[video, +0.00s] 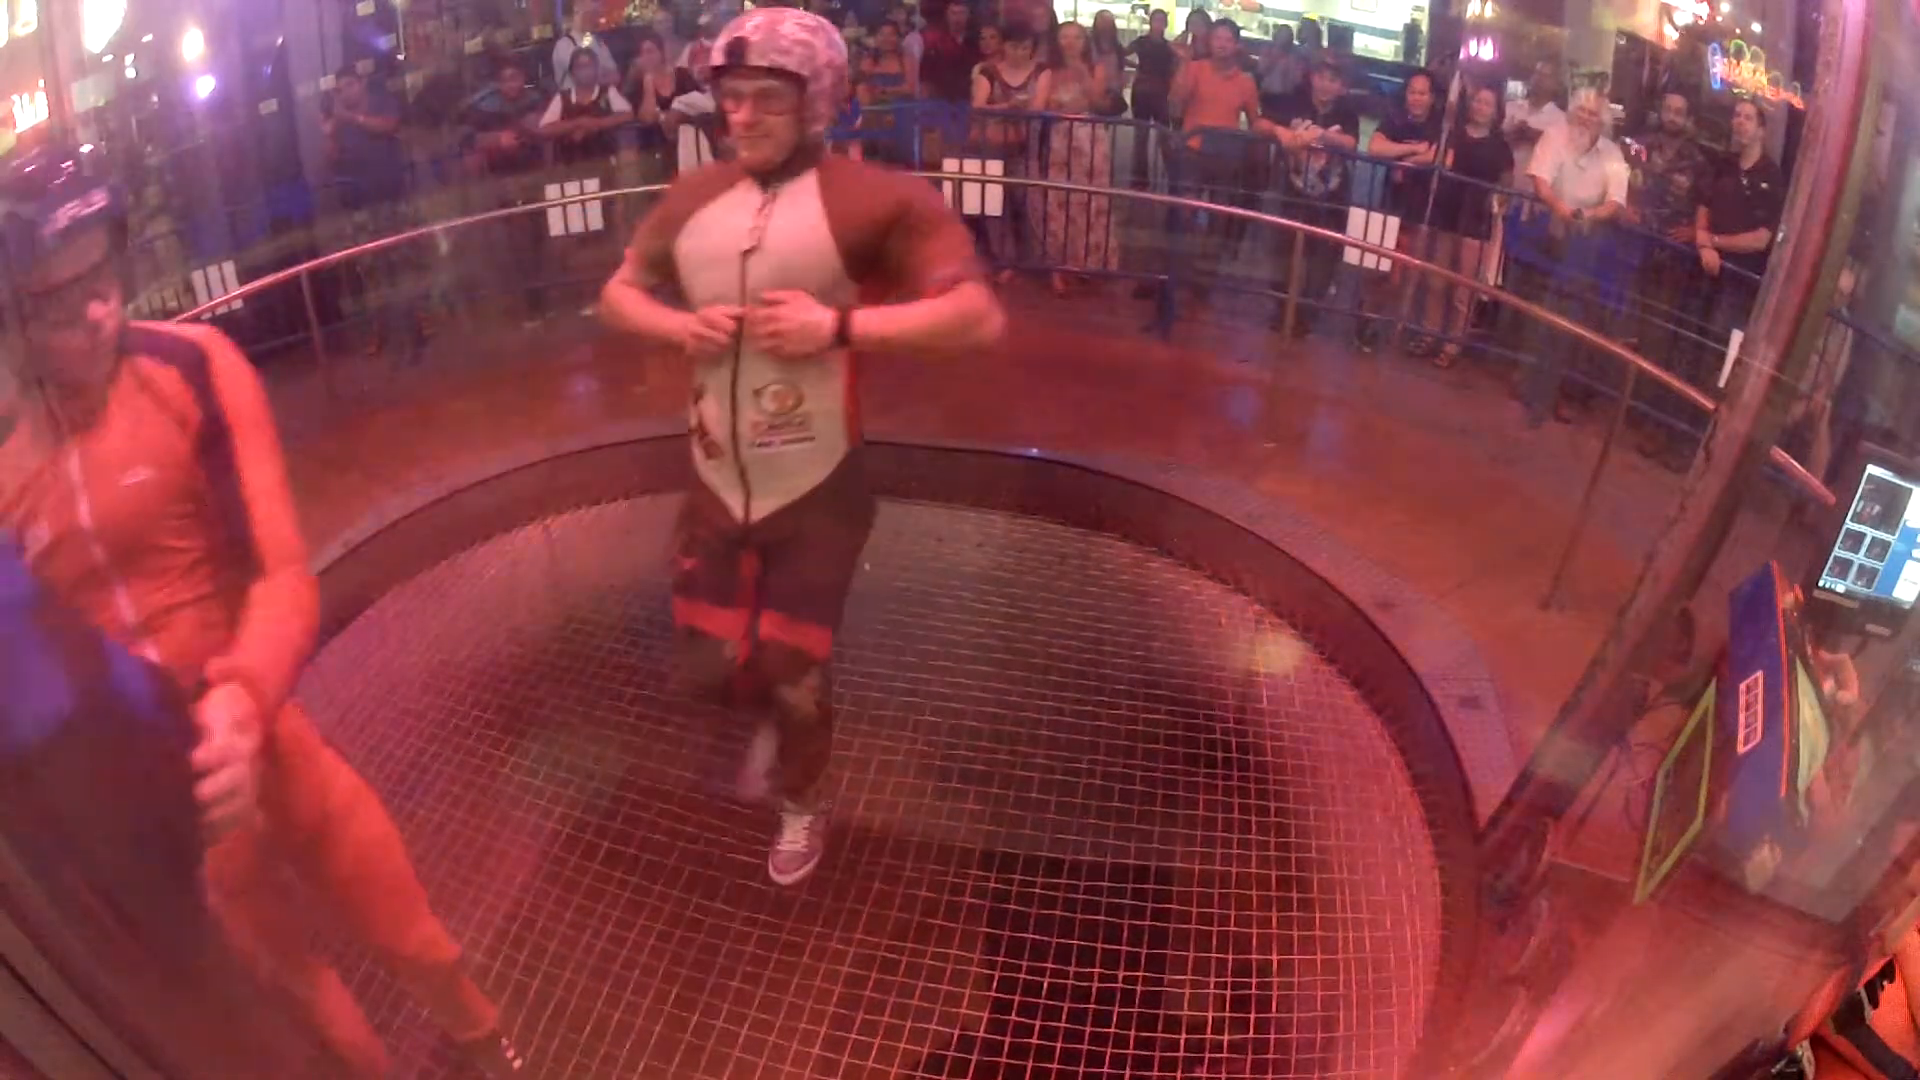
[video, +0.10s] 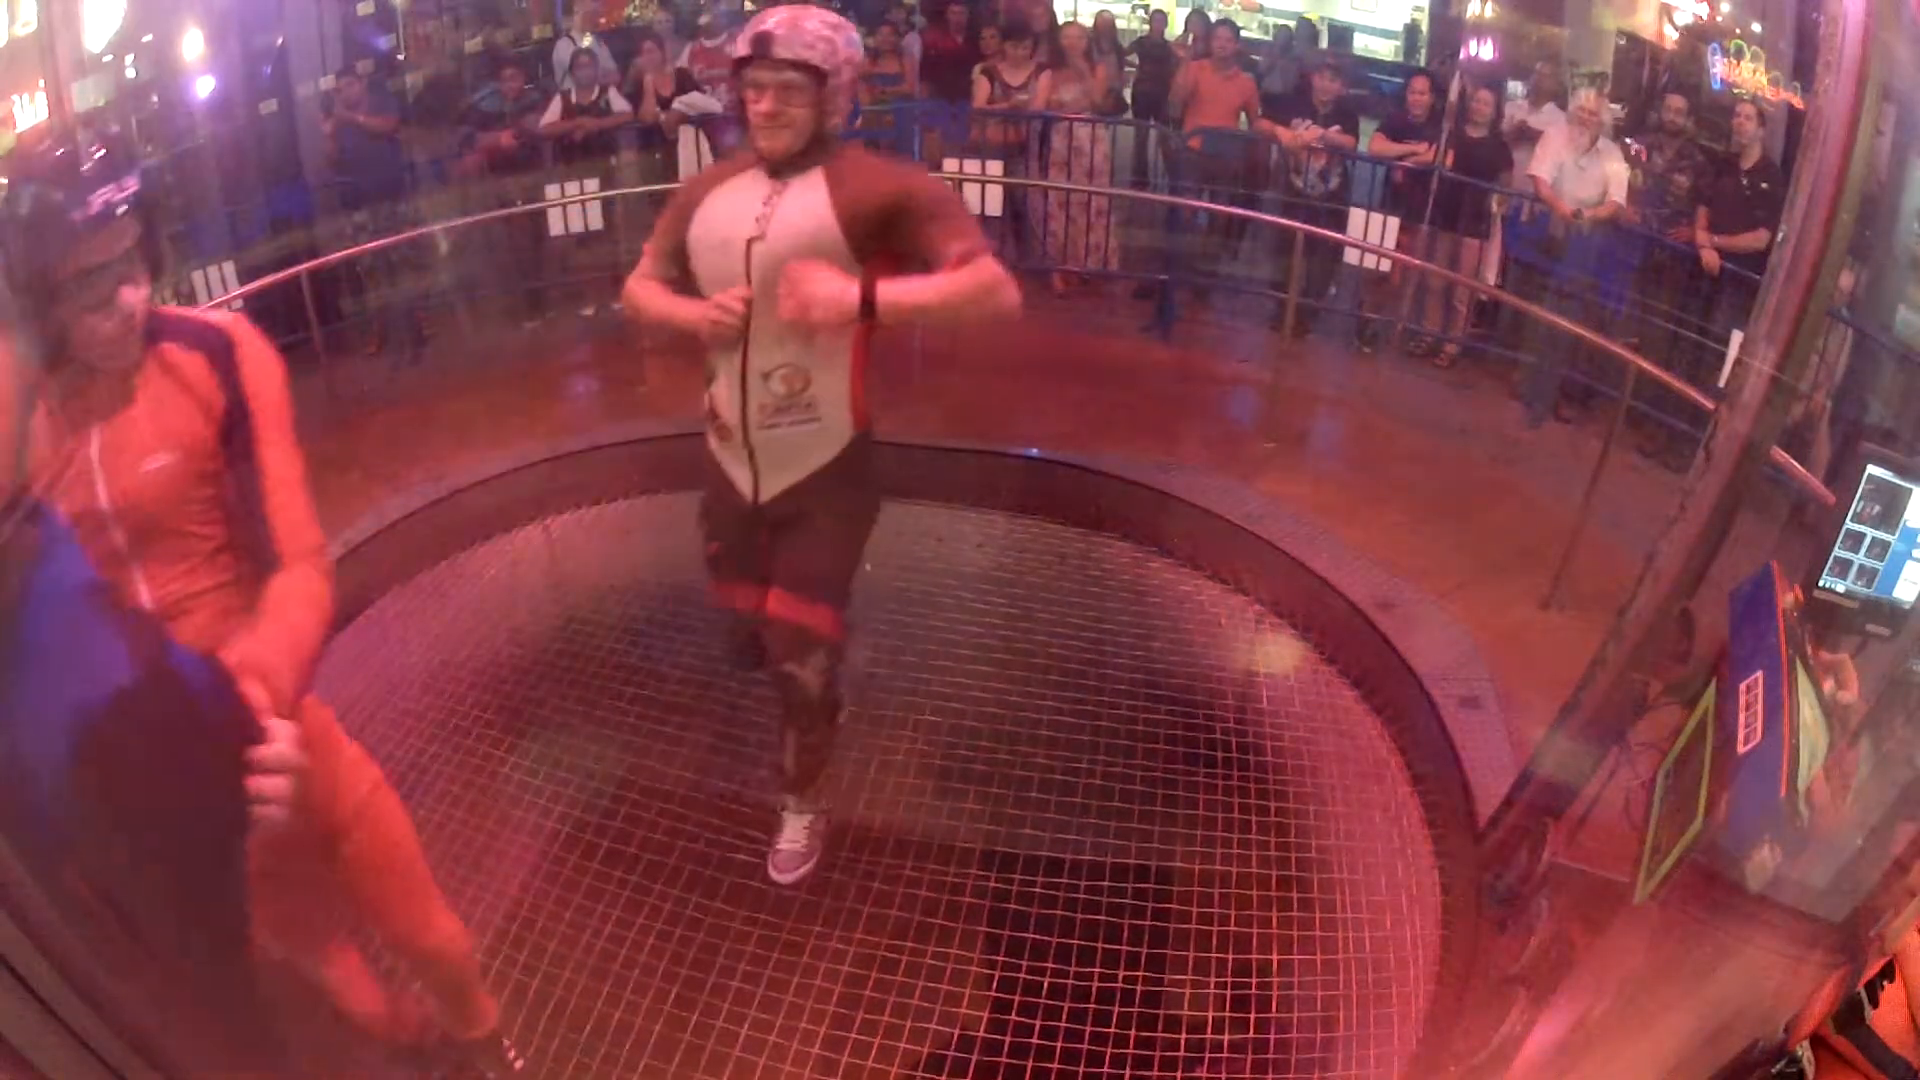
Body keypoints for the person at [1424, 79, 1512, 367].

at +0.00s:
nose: (1480, 107)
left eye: (1487, 103)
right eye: (1477, 101)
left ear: (1497, 111)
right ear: (1469, 104)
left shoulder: (1500, 148)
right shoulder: (1453, 137)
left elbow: (1506, 187)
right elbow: (1439, 166)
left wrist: (1495, 206)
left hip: (1476, 220)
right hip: (1444, 212)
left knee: (1463, 289)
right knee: (1435, 281)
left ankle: (1453, 342)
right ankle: (1429, 333)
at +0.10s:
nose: (1479, 107)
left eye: (1486, 104)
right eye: (1476, 101)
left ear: (1495, 111)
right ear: (1467, 104)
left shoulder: (1499, 146)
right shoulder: (1452, 137)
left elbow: (1506, 186)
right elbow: (1438, 166)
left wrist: (1498, 205)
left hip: (1475, 220)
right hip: (1443, 213)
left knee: (1462, 288)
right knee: (1433, 281)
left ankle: (1453, 341)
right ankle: (1428, 332)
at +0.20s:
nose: (1479, 107)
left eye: (1485, 103)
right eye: (1475, 101)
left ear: (1495, 111)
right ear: (1467, 104)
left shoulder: (1498, 146)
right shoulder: (1452, 137)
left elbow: (1504, 185)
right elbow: (1438, 167)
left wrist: (1497, 203)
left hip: (1474, 220)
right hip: (1443, 213)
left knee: (1462, 288)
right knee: (1434, 281)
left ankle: (1453, 342)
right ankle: (1429, 332)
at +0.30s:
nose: (1478, 107)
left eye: (1484, 103)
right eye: (1474, 101)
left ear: (1494, 111)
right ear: (1466, 104)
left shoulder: (1497, 147)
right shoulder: (1452, 138)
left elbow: (1503, 185)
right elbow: (1438, 168)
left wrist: (1494, 205)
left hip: (1474, 220)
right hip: (1443, 213)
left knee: (1462, 288)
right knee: (1434, 281)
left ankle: (1453, 341)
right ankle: (1429, 332)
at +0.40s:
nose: (1477, 107)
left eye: (1484, 103)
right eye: (1474, 101)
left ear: (1493, 110)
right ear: (1466, 104)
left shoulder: (1497, 147)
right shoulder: (1452, 139)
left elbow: (1503, 186)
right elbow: (1438, 168)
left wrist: (1495, 204)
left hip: (1474, 220)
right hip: (1443, 214)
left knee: (1462, 287)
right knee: (1434, 281)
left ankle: (1453, 341)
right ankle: (1429, 332)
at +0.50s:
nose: (1477, 107)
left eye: (1483, 103)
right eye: (1473, 101)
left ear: (1492, 110)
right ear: (1465, 104)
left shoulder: (1496, 146)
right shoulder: (1452, 138)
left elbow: (1502, 185)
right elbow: (1439, 169)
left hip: (1473, 219)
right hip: (1443, 213)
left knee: (1462, 286)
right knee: (1434, 280)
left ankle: (1452, 342)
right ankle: (1429, 333)